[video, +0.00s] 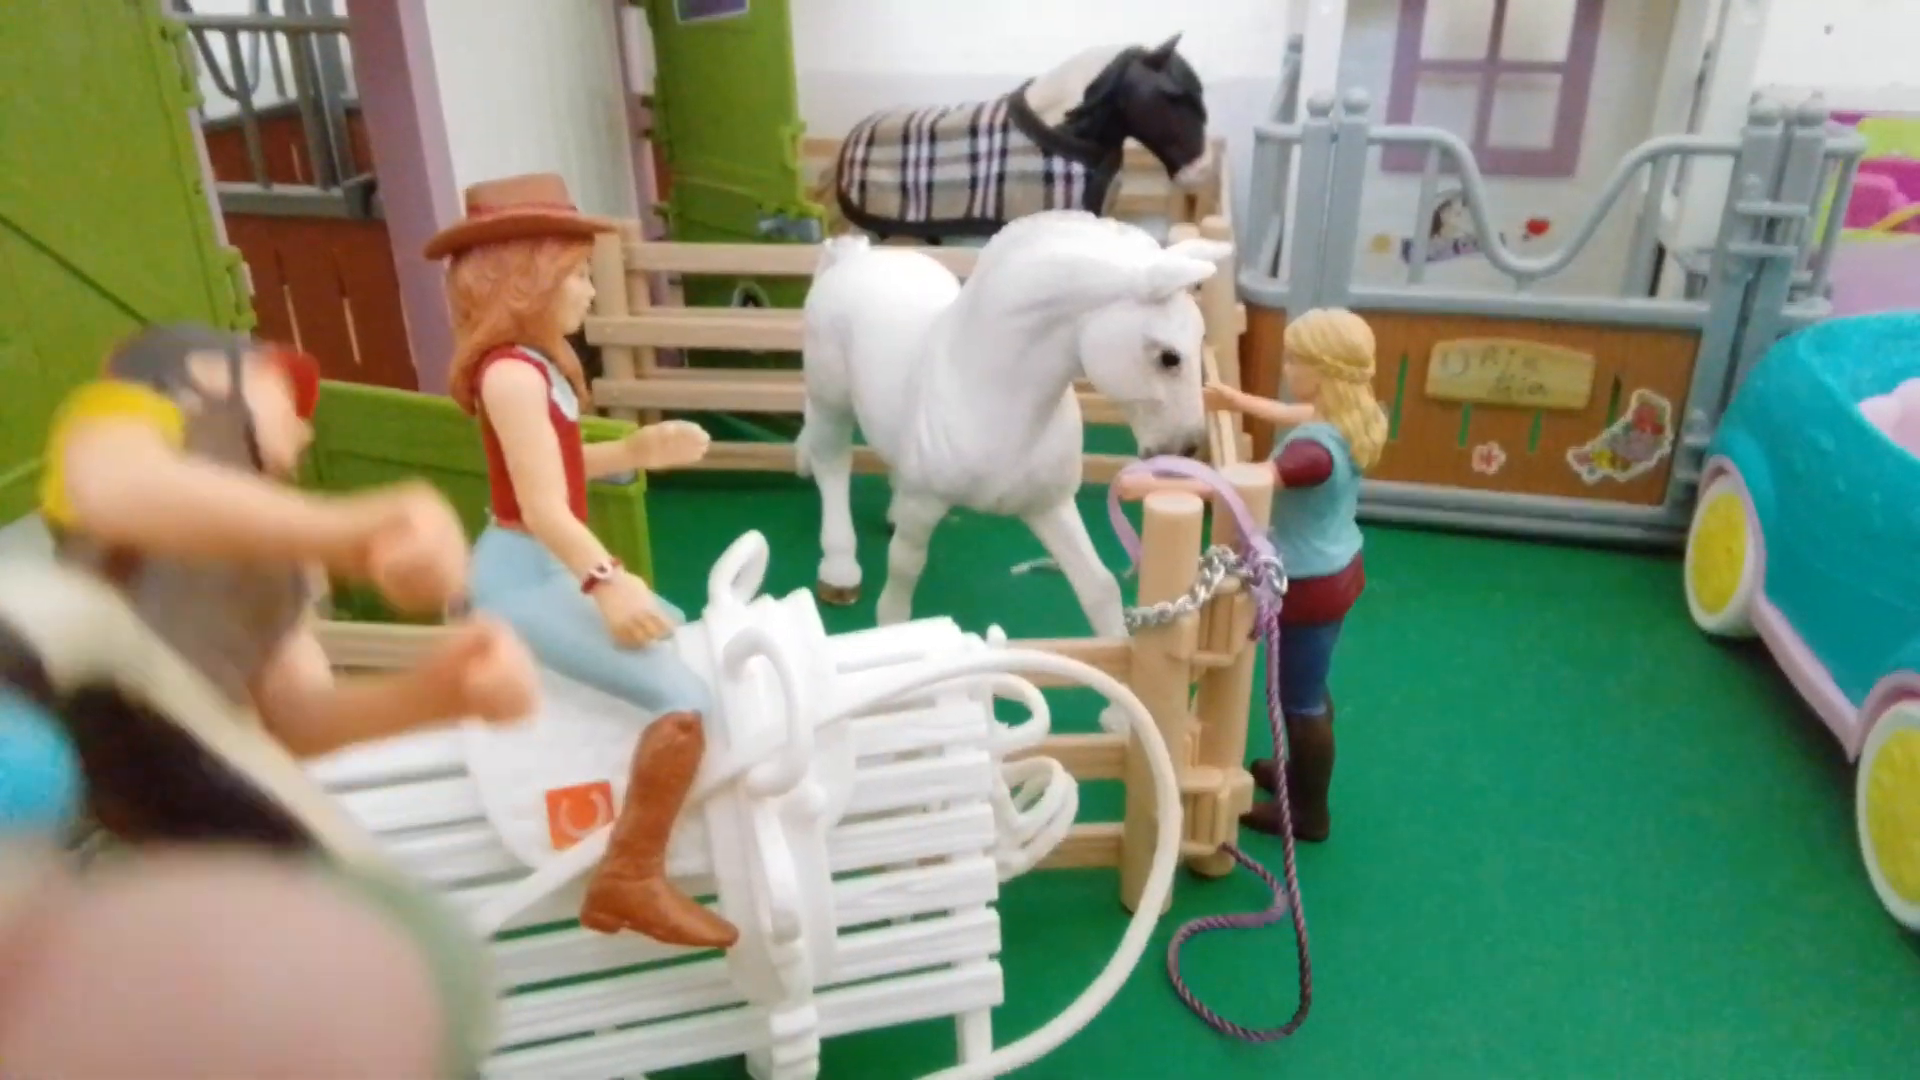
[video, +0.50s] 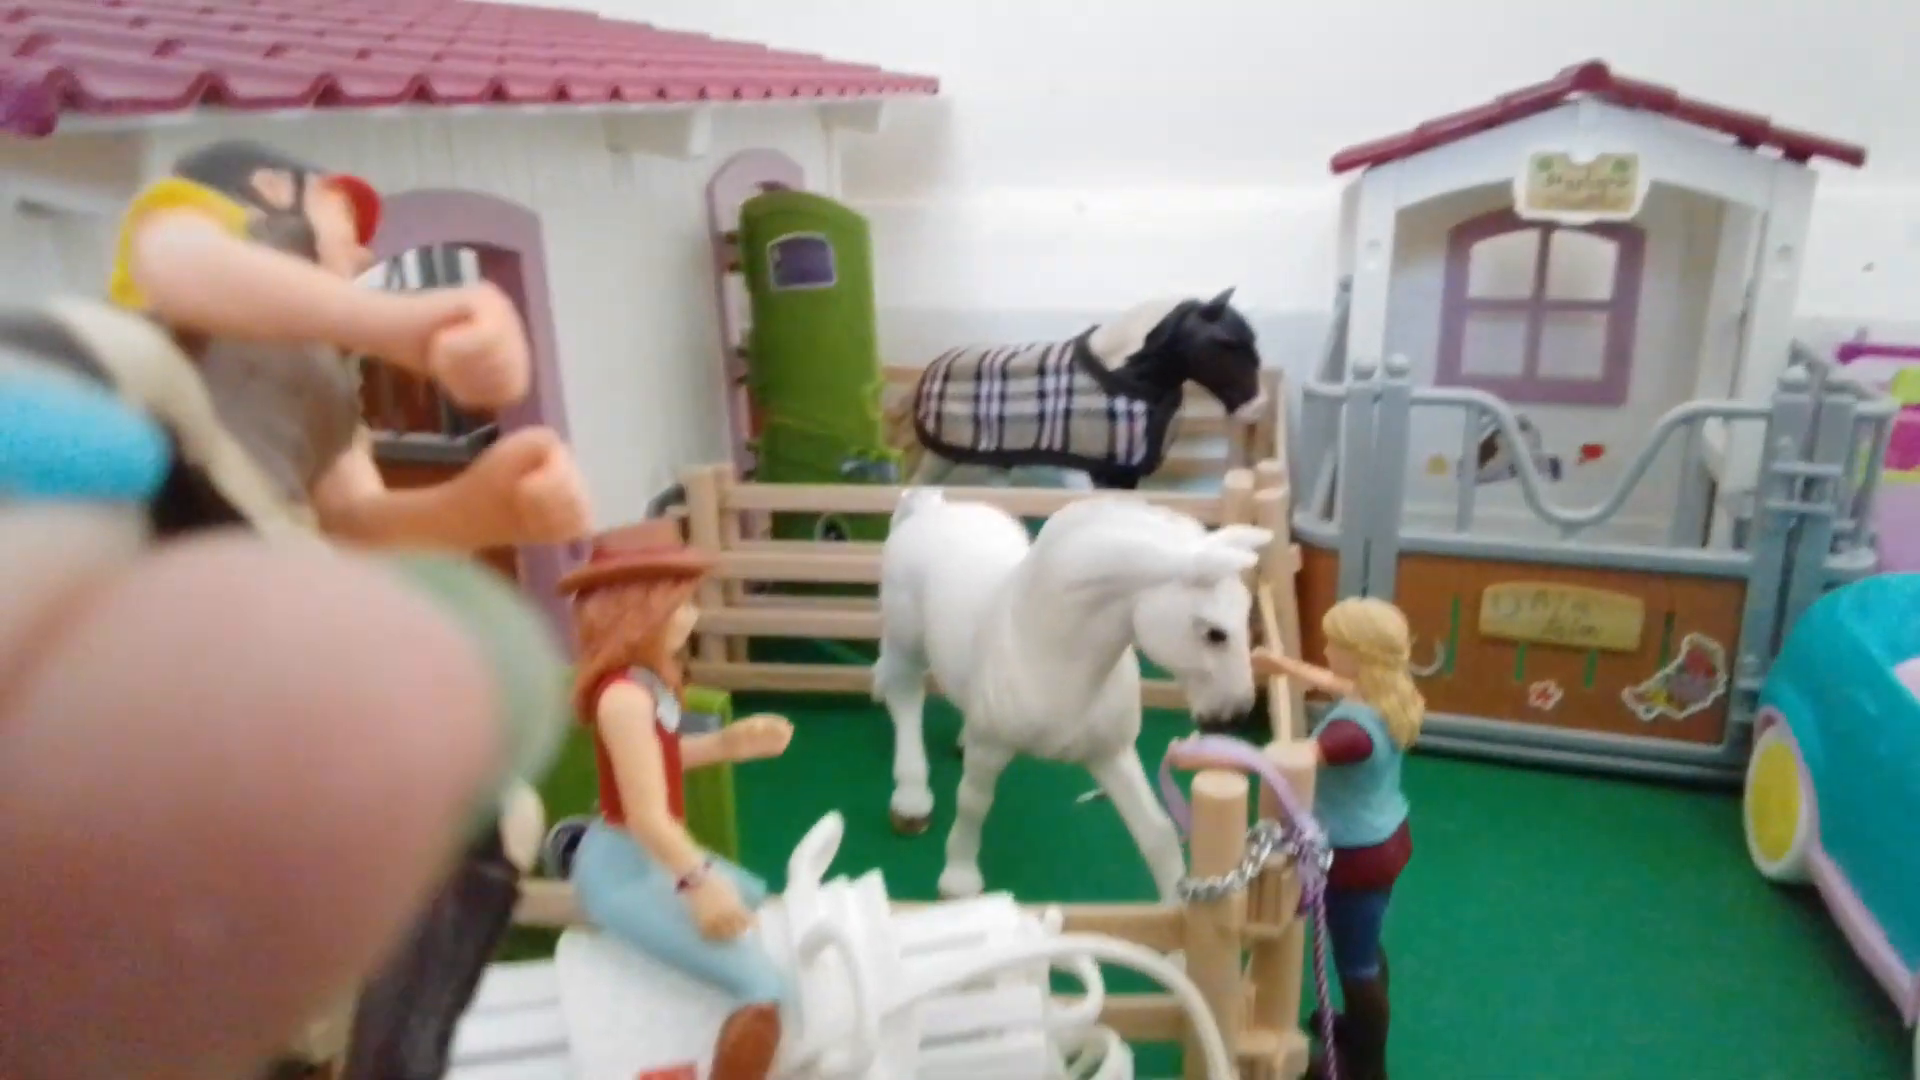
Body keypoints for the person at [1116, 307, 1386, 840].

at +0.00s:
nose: (1286, 371)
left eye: (1294, 362)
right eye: (1288, 361)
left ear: (1323, 372)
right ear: (1340, 373)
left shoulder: (1320, 447)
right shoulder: (1350, 418)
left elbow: (1251, 478)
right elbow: (1293, 416)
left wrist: (1165, 483)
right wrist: (1239, 399)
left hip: (1308, 588)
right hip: (1333, 569)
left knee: (1301, 702)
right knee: (1302, 683)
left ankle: (1305, 814)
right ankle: (1300, 774)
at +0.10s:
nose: (1312, 427)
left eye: (1319, 417)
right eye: (1315, 417)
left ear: (1338, 424)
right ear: (1372, 423)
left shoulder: (1341, 497)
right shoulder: (1363, 480)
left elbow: (1281, 536)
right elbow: (1307, 469)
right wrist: (1256, 449)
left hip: (1333, 635)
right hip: (1352, 625)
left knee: (1319, 750)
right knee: (1325, 743)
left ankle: (1323, 867)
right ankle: (1318, 847)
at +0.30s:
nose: (1307, 680)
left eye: (1314, 671)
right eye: (1309, 670)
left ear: (1339, 683)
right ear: (1352, 683)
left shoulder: (1339, 755)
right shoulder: (1361, 727)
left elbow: (1272, 786)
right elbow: (1311, 711)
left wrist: (1203, 781)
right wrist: (1257, 689)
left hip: (1336, 888)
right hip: (1364, 866)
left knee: (1332, 998)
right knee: (1338, 979)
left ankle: (1340, 1071)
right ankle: (1337, 1060)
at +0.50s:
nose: (1327, 652)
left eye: (1334, 645)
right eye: (1328, 644)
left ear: (1359, 657)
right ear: (1379, 656)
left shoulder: (1356, 728)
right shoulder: (1391, 698)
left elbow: (1276, 762)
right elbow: (1333, 684)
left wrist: (1206, 754)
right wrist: (1279, 663)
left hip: (1358, 858)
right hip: (1384, 839)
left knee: (1358, 968)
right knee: (1363, 949)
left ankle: (1364, 1068)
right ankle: (1358, 1035)